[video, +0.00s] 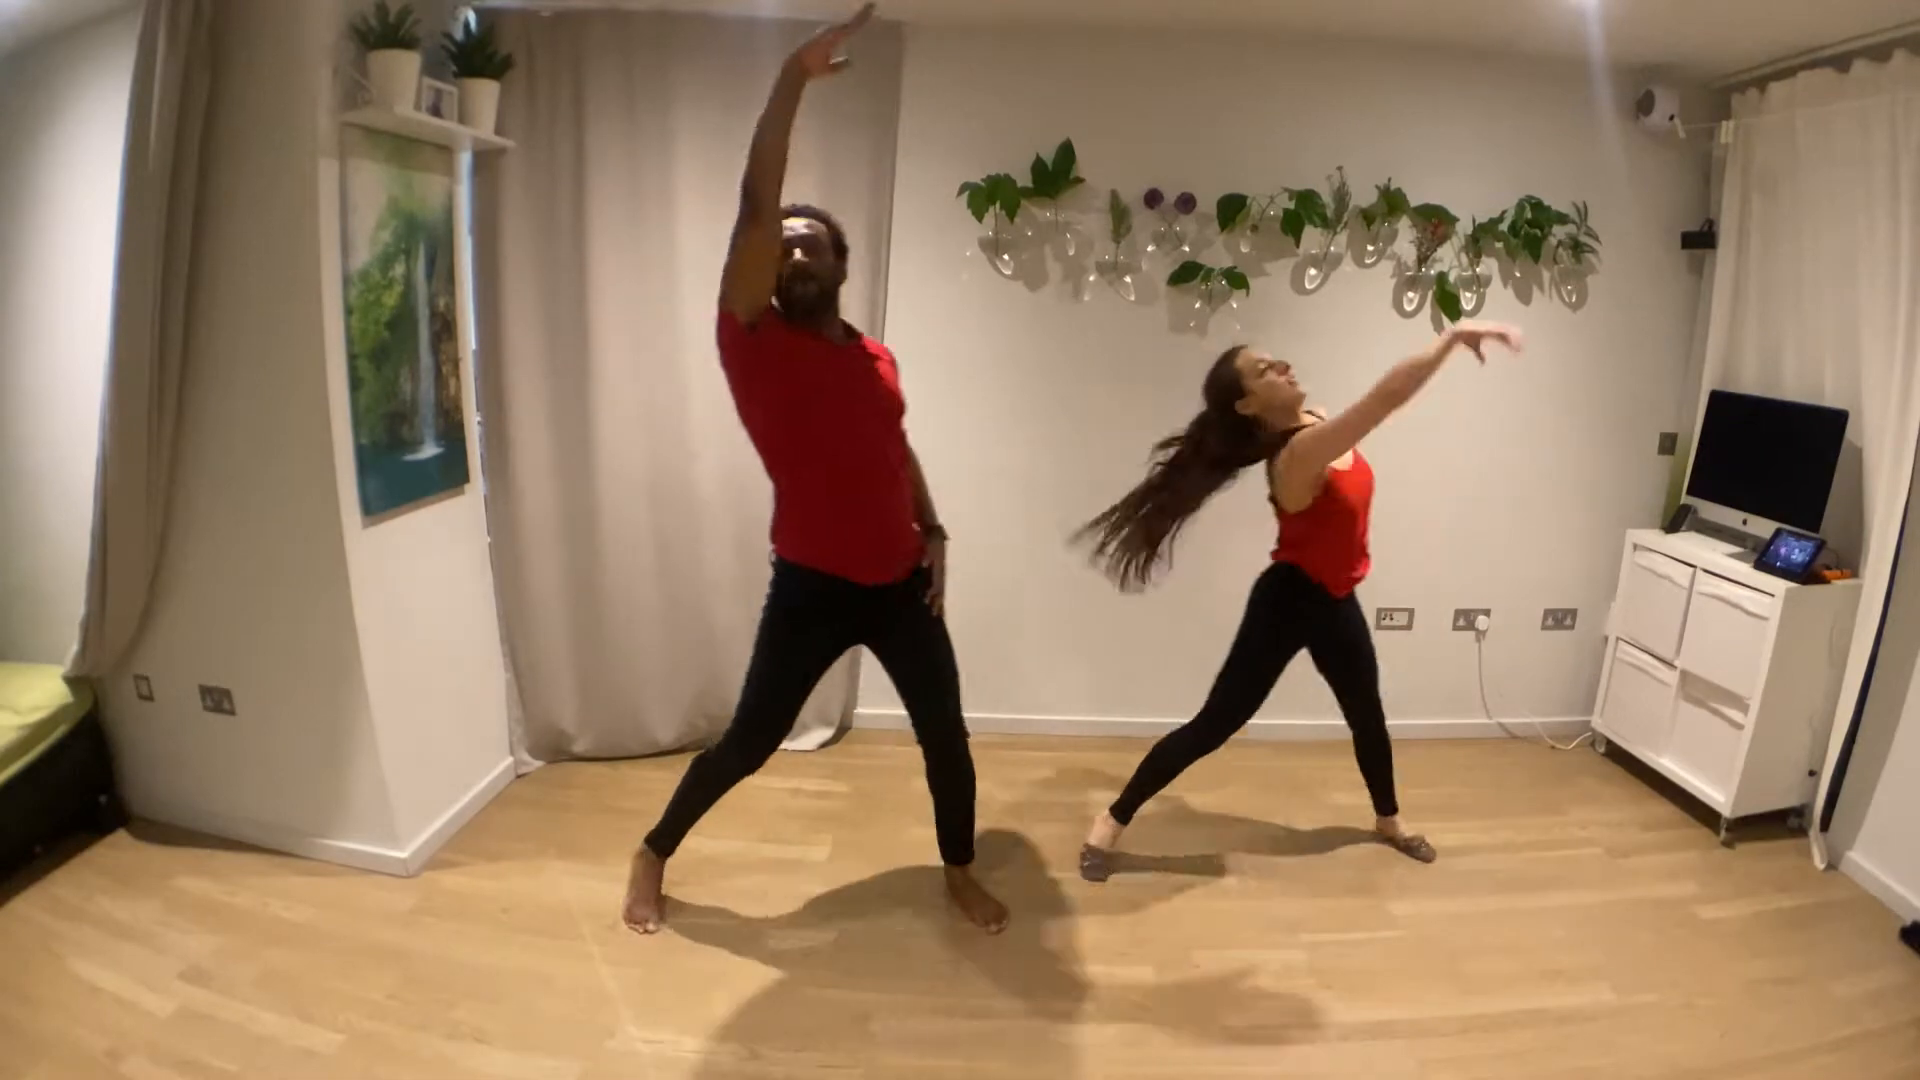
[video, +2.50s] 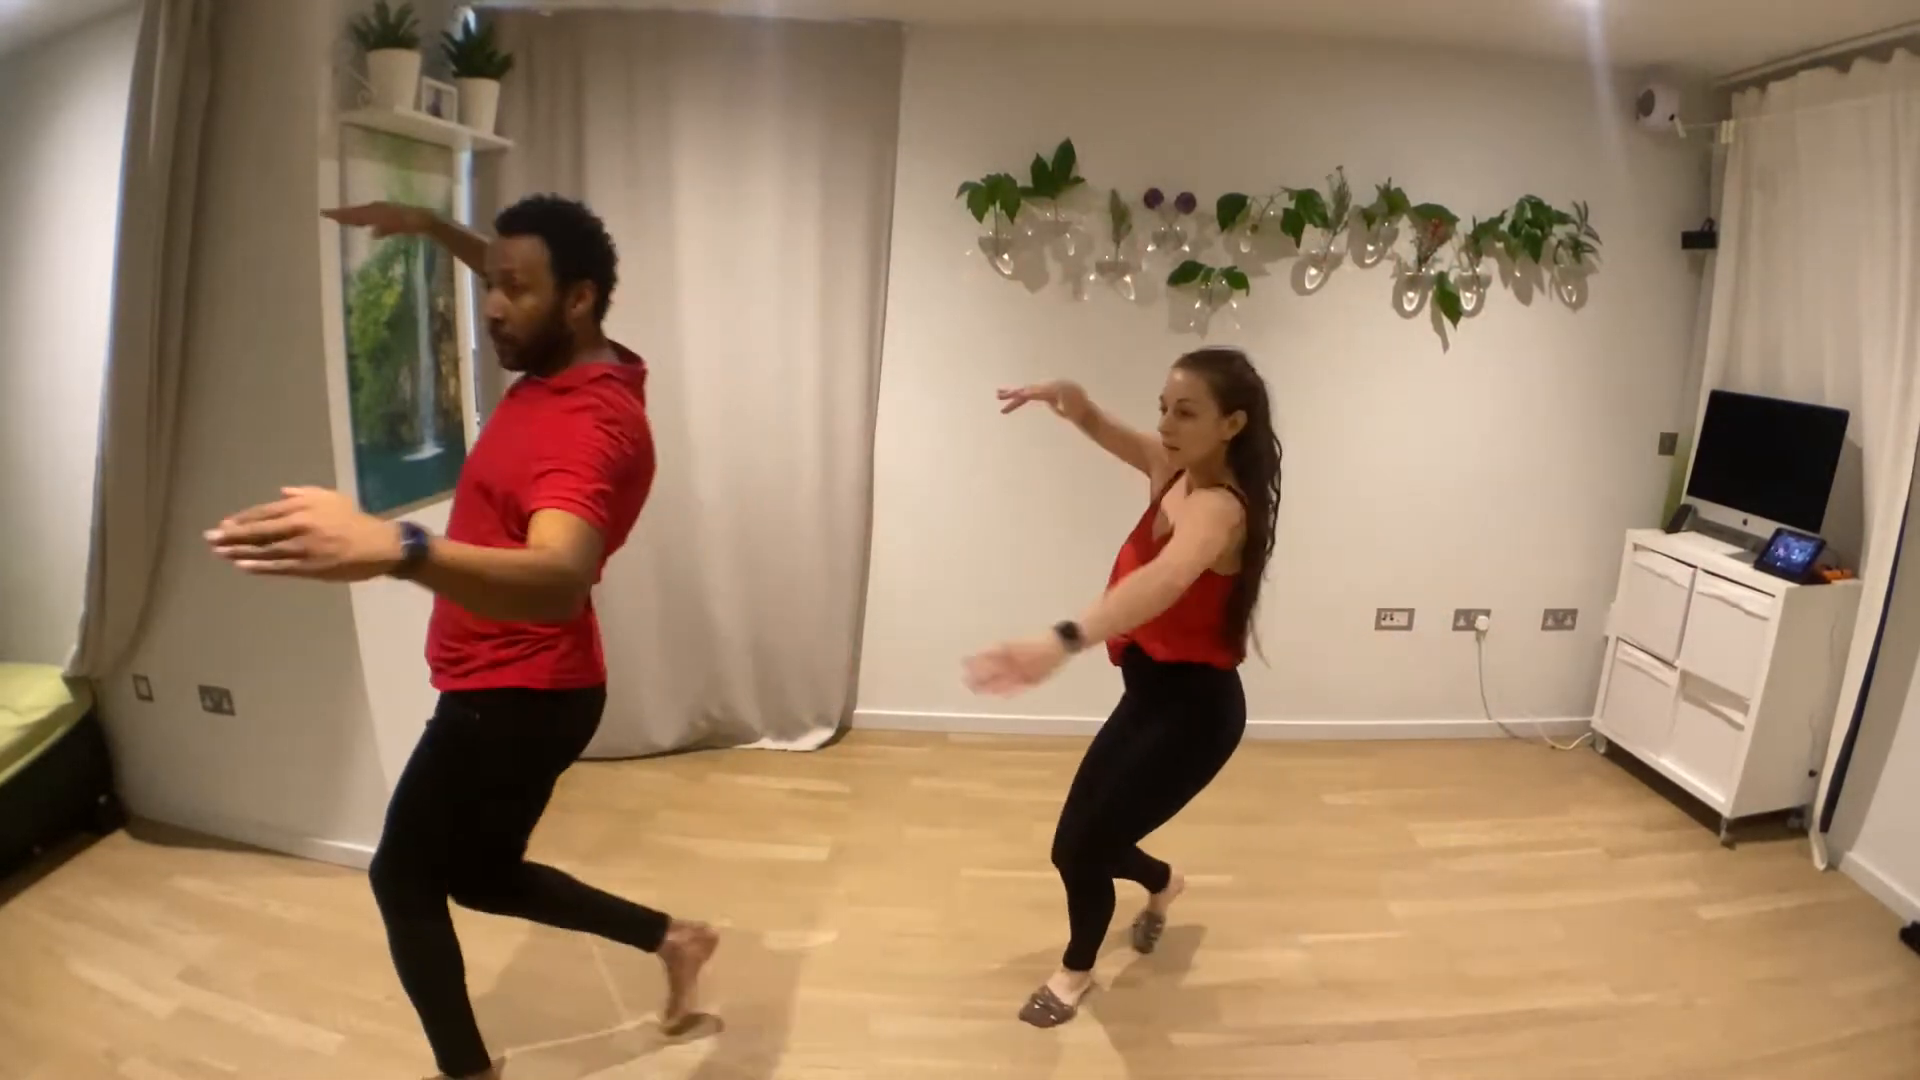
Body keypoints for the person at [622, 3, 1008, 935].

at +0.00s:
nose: (800, 242)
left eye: (816, 236)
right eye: (786, 236)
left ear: (842, 270)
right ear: (767, 260)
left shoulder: (871, 356)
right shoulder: (749, 338)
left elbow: (897, 448)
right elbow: (759, 200)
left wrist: (933, 532)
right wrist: (794, 74)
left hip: (900, 580)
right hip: (810, 584)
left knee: (947, 737)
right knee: (751, 743)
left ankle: (960, 871)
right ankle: (654, 855)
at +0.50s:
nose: (984, 270)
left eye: (999, 254)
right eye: (970, 257)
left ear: (1033, 266)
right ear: (954, 271)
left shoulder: (1079, 361)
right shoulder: (934, 343)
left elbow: (1139, 462)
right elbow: (840, 260)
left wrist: (1133, 571)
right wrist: (780, 172)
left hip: (1065, 582)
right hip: (983, 582)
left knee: (1021, 738)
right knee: (1012, 736)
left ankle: (970, 868)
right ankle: (1108, 797)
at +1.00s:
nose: (1025, 270)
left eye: (1044, 256)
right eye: (1024, 256)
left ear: (1099, 264)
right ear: (1030, 263)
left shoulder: (1161, 370)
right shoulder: (1036, 367)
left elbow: (1204, 516)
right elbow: (979, 475)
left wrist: (1156, 637)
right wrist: (917, 571)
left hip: (1133, 596)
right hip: (1059, 587)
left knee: (1100, 753)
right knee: (1030, 740)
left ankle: (1152, 881)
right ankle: (1119, 814)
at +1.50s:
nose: (927, 262)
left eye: (945, 249)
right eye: (931, 245)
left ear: (999, 270)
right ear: (976, 265)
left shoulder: (1056, 336)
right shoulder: (962, 329)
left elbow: (1156, 315)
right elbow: (949, 228)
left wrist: (1138, 313)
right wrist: (886, 149)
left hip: (1039, 626)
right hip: (952, 617)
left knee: (1064, 783)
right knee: (868, 769)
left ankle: (1152, 876)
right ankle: (838, 959)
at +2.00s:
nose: (690, 279)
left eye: (705, 262)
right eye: (692, 262)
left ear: (767, 274)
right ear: (752, 275)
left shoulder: (830, 375)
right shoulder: (727, 364)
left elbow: (830, 538)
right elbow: (641, 366)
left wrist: (807, 460)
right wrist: (638, 249)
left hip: (796, 668)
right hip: (737, 655)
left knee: (606, 811)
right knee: (724, 832)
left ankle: (546, 1013)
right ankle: (837, 981)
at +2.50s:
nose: (494, 308)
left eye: (516, 288)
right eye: (492, 286)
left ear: (581, 301)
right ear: (572, 302)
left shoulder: (591, 420)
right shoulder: (572, 364)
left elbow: (561, 580)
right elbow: (510, 270)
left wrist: (401, 549)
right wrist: (428, 225)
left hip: (514, 692)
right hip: (529, 681)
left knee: (404, 876)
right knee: (479, 873)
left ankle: (467, 1069)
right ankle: (671, 938)